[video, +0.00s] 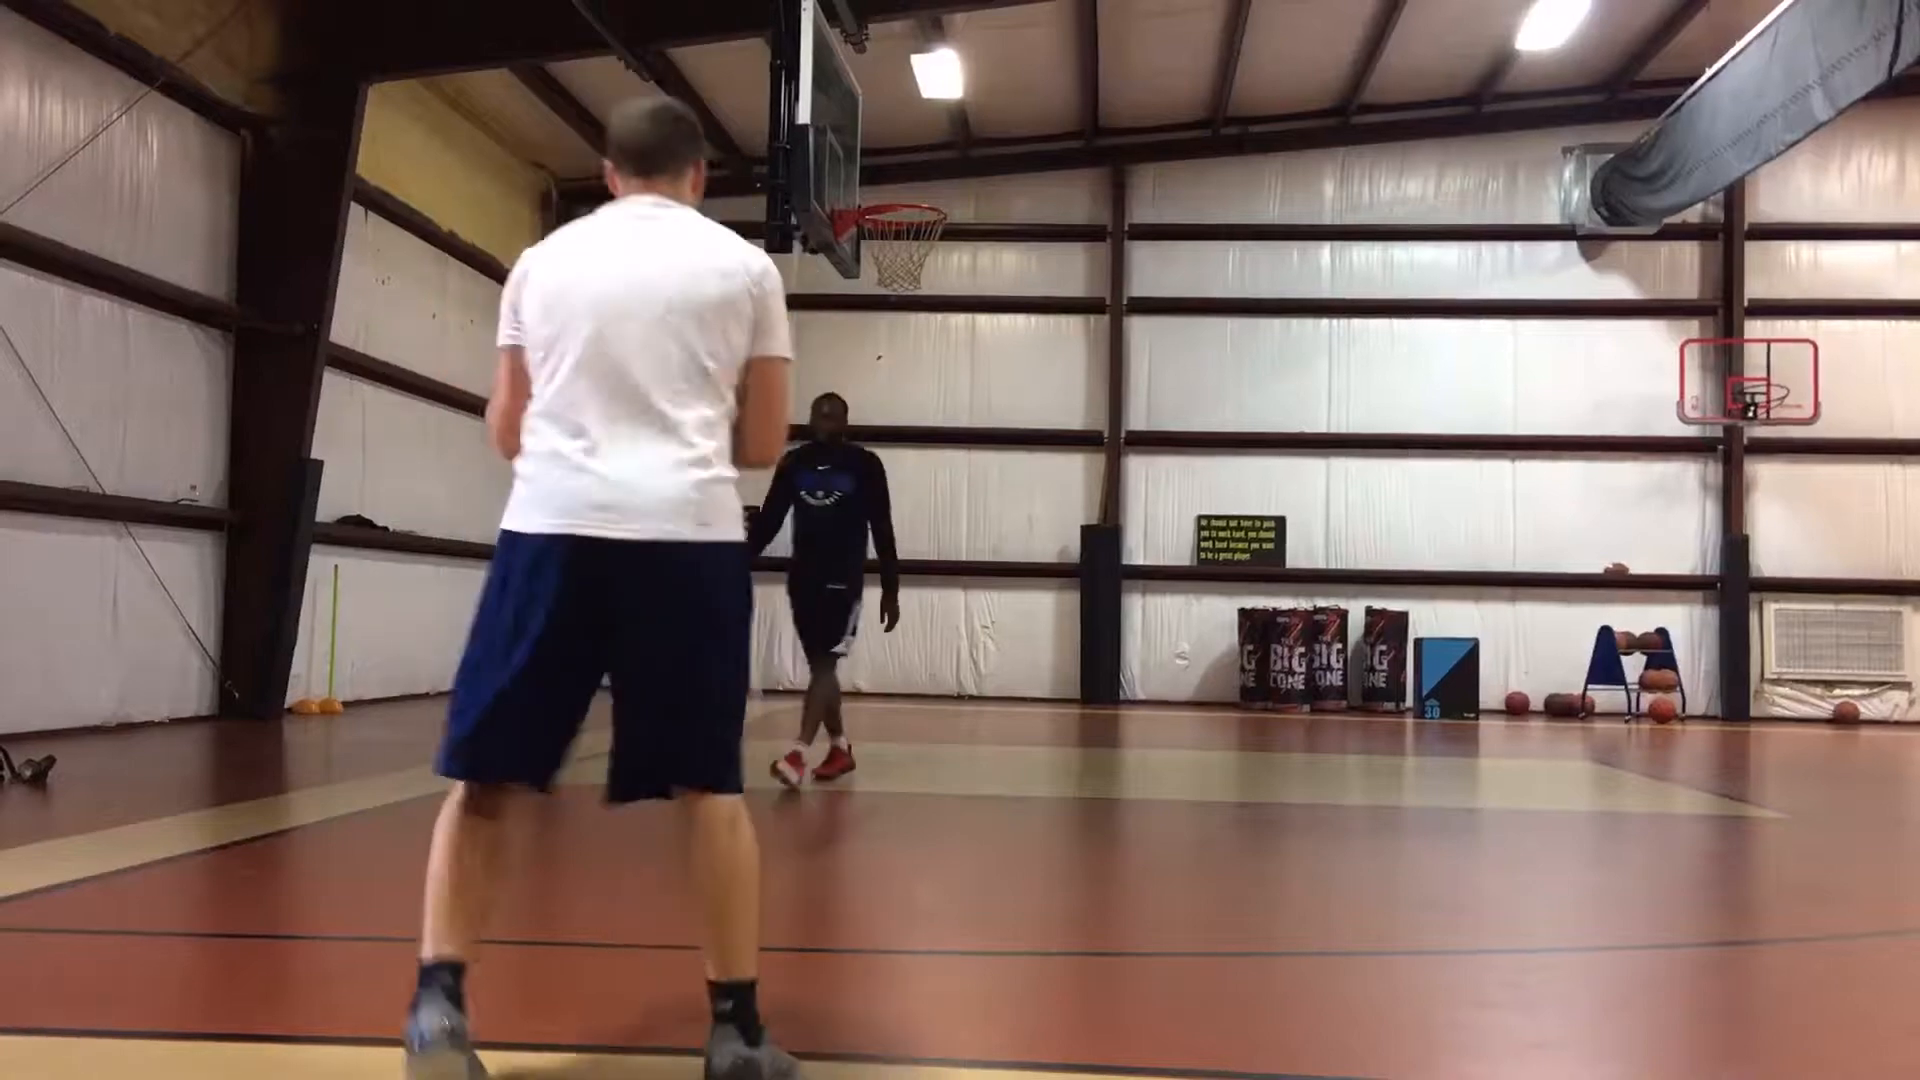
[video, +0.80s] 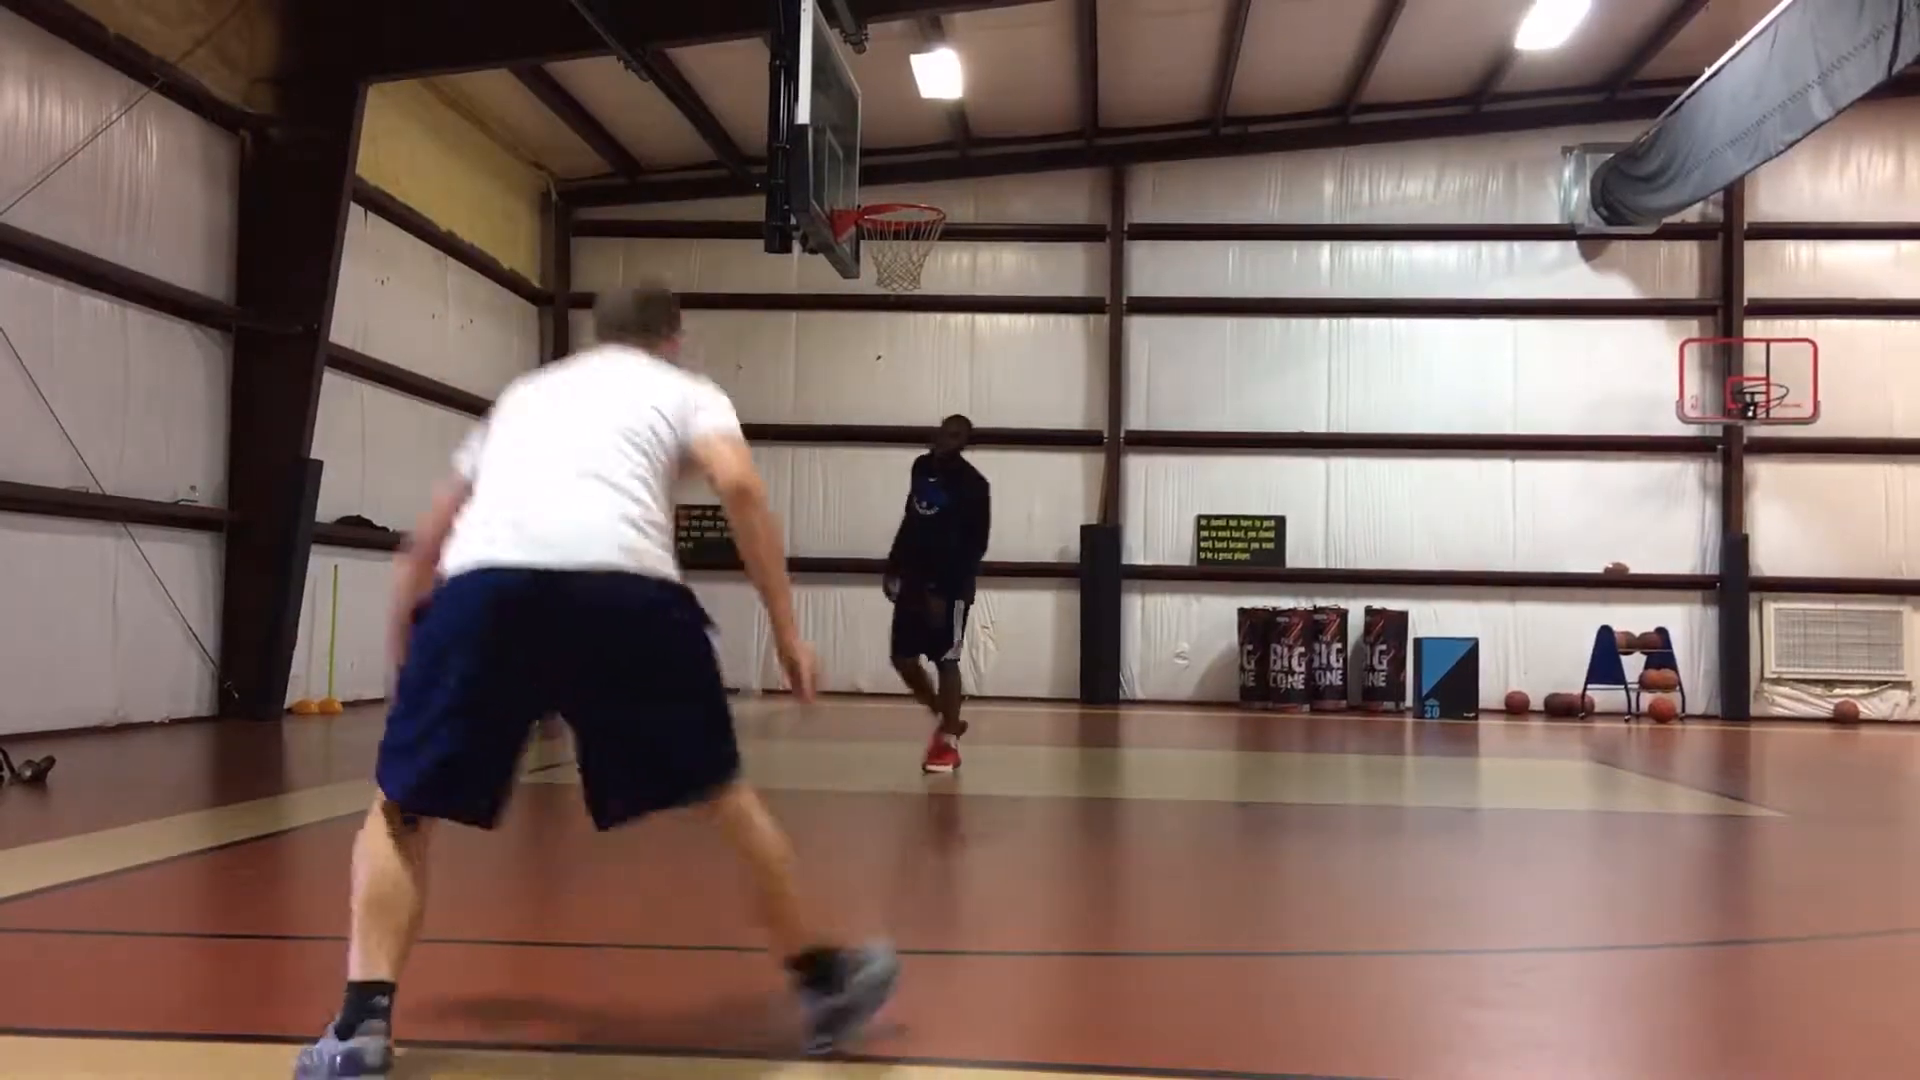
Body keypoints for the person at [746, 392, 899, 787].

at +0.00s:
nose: (825, 423)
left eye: (832, 416)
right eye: (820, 416)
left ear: (846, 422)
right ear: (810, 421)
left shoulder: (866, 465)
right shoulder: (794, 463)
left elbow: (883, 531)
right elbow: (769, 520)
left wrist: (891, 591)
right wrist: (739, 561)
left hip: (844, 574)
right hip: (804, 572)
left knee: (823, 663)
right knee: (819, 663)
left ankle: (800, 752)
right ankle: (840, 748)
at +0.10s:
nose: (831, 421)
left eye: (839, 414)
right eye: (827, 414)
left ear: (854, 419)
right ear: (819, 418)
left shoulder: (877, 460)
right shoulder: (810, 456)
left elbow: (888, 526)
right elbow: (787, 514)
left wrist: (884, 582)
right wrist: (764, 564)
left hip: (860, 573)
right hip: (819, 570)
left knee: (841, 656)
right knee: (827, 658)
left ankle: (837, 744)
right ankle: (838, 746)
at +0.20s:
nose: (847, 421)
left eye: (854, 414)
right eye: (842, 414)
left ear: (867, 417)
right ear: (832, 418)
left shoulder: (889, 456)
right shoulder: (819, 457)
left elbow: (897, 513)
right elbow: (805, 509)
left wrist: (881, 558)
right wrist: (803, 563)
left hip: (870, 565)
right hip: (828, 562)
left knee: (866, 654)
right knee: (834, 654)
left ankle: (874, 736)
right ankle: (840, 747)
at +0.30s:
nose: (857, 425)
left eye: (863, 418)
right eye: (853, 419)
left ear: (879, 421)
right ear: (846, 423)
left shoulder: (902, 459)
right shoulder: (835, 465)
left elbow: (908, 515)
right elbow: (830, 519)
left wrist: (879, 544)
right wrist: (827, 563)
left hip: (885, 576)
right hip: (843, 575)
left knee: (889, 658)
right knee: (839, 662)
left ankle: (912, 725)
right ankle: (837, 746)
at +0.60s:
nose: (913, 436)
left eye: (921, 431)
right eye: (910, 429)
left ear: (936, 437)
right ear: (904, 432)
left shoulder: (947, 473)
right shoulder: (895, 469)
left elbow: (939, 532)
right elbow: (888, 527)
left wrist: (905, 574)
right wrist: (877, 577)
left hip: (931, 585)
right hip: (890, 582)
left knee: (942, 664)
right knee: (877, 659)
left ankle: (947, 744)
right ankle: (867, 744)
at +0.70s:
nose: (933, 439)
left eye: (941, 434)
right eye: (929, 431)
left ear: (954, 438)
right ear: (922, 432)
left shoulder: (963, 478)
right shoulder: (911, 465)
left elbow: (958, 538)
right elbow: (901, 523)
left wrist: (928, 580)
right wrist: (887, 571)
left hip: (941, 583)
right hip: (902, 578)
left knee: (945, 661)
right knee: (886, 653)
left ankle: (948, 744)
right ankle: (907, 736)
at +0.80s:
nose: (946, 440)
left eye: (954, 436)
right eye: (944, 433)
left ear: (965, 443)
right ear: (937, 433)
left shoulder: (975, 485)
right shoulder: (922, 468)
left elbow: (975, 545)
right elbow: (911, 520)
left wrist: (947, 586)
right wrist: (893, 566)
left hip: (950, 585)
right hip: (914, 580)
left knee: (947, 661)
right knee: (903, 659)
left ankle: (947, 741)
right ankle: (947, 717)